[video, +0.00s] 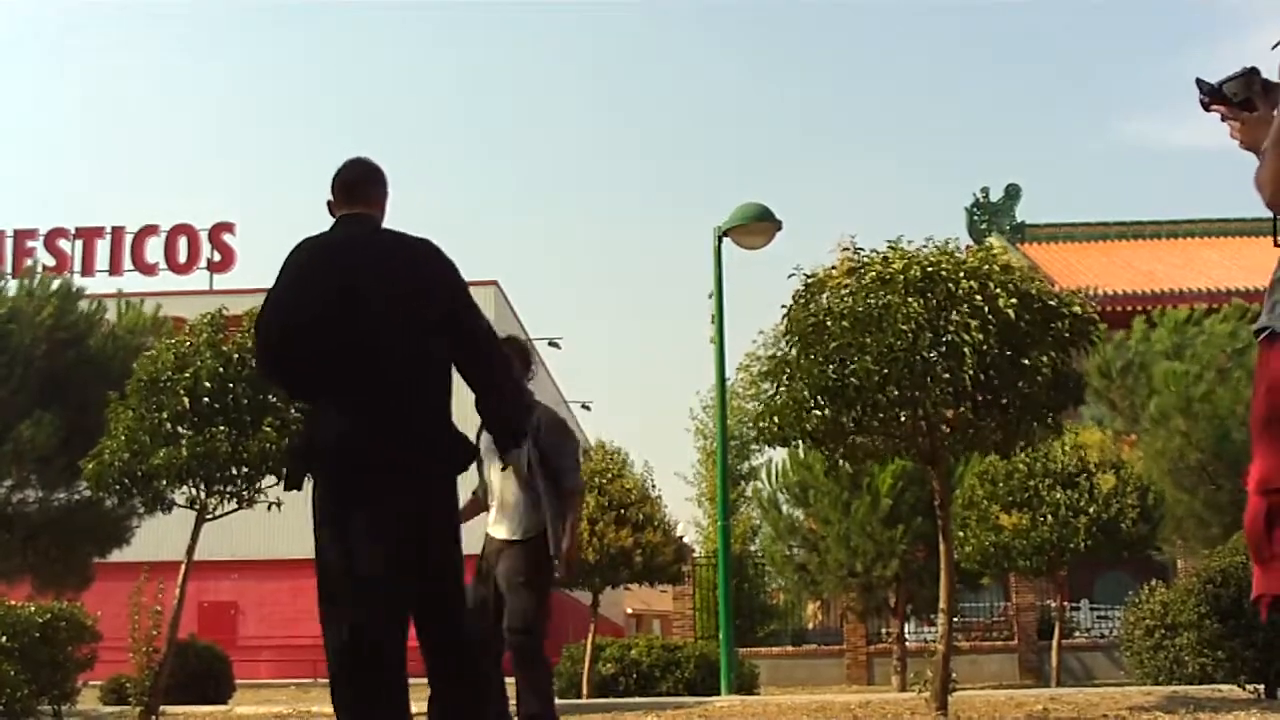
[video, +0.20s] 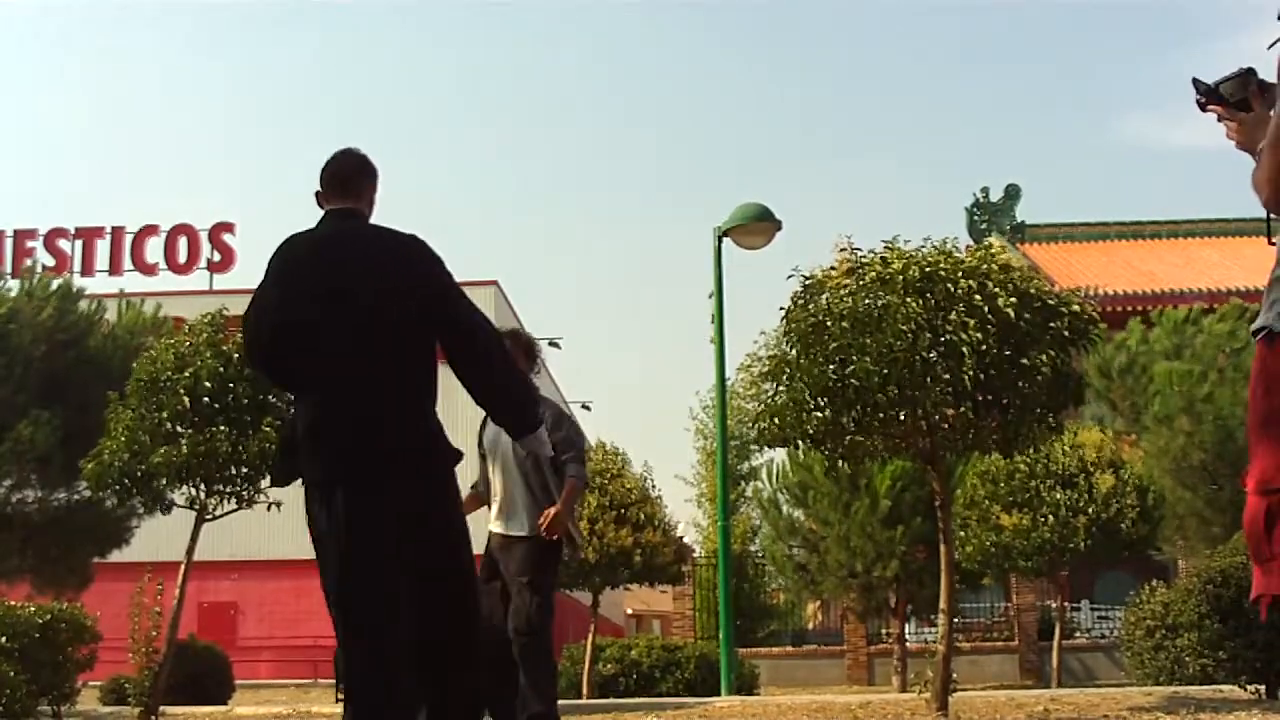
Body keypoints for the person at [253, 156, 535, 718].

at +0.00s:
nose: (345, 212)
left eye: (336, 203)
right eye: (371, 200)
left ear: (331, 203)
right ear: (385, 202)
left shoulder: (306, 258)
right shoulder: (425, 258)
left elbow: (273, 353)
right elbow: (481, 355)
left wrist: (324, 394)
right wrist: (508, 425)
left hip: (344, 465)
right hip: (425, 459)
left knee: (358, 629)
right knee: (447, 625)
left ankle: (370, 715)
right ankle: (468, 715)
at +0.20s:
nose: (351, 205)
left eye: (330, 195)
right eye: (367, 196)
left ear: (319, 195)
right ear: (374, 196)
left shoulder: (292, 255)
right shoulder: (408, 254)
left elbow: (262, 348)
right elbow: (472, 342)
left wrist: (318, 384)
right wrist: (522, 412)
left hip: (332, 461)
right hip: (413, 453)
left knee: (360, 614)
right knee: (443, 601)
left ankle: (374, 708)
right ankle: (450, 707)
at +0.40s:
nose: (364, 215)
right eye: (367, 207)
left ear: (310, 208)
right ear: (364, 208)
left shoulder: (279, 267)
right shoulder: (400, 261)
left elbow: (256, 365)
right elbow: (468, 344)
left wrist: (319, 389)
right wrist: (493, 422)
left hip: (320, 476)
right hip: (407, 469)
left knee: (322, 621)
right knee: (441, 629)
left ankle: (283, 716)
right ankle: (453, 716)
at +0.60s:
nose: (362, 226)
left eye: (363, 217)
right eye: (362, 216)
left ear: (306, 210)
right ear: (347, 211)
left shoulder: (261, 277)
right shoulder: (374, 254)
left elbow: (242, 380)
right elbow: (425, 342)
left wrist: (286, 426)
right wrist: (439, 417)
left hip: (305, 468)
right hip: (395, 461)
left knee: (306, 611)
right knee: (438, 605)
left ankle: (296, 715)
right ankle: (471, 710)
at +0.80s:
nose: (389, 211)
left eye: (390, 202)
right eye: (389, 201)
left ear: (335, 192)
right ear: (372, 194)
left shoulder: (279, 262)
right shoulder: (373, 240)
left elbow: (262, 352)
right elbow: (410, 339)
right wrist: (462, 421)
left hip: (302, 462)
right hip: (384, 454)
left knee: (315, 619)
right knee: (419, 616)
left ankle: (306, 715)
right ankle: (441, 713)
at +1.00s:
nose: (426, 213)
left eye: (428, 202)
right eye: (425, 201)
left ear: (377, 187)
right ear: (407, 190)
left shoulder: (330, 250)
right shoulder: (392, 237)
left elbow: (305, 353)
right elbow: (402, 340)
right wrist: (449, 401)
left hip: (324, 448)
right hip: (380, 449)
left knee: (340, 597)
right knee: (396, 596)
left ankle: (314, 710)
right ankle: (417, 710)